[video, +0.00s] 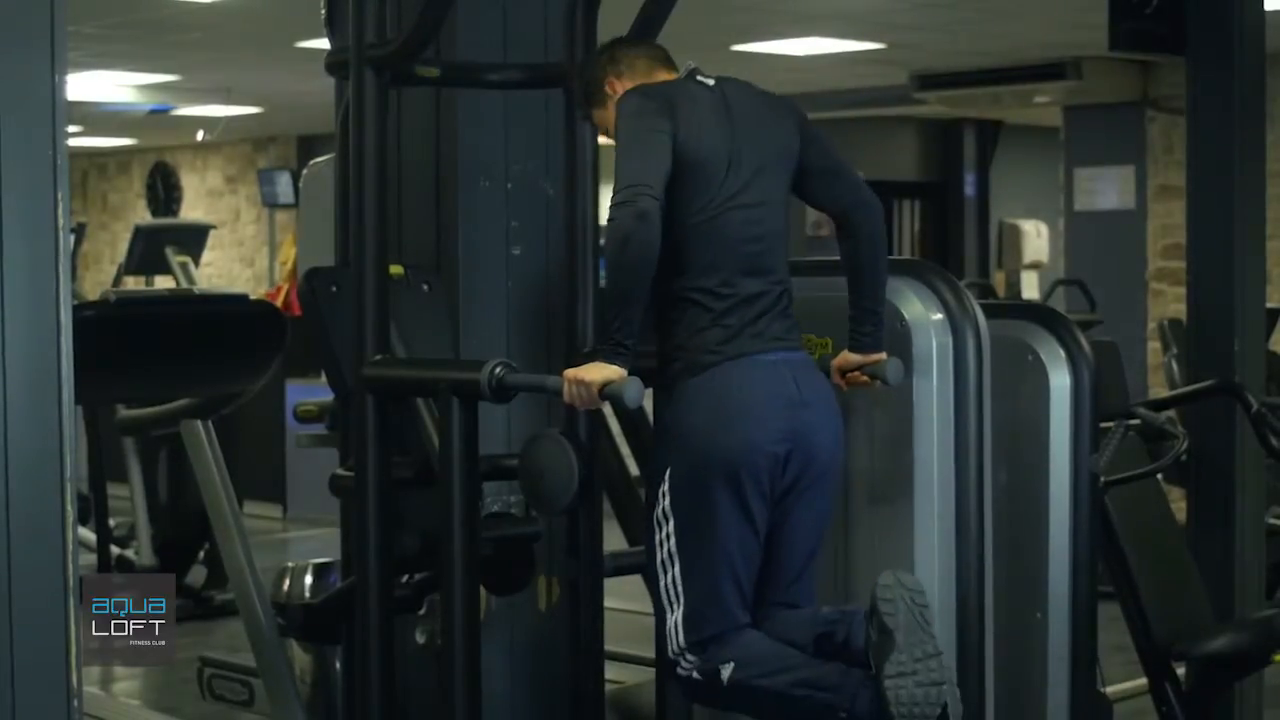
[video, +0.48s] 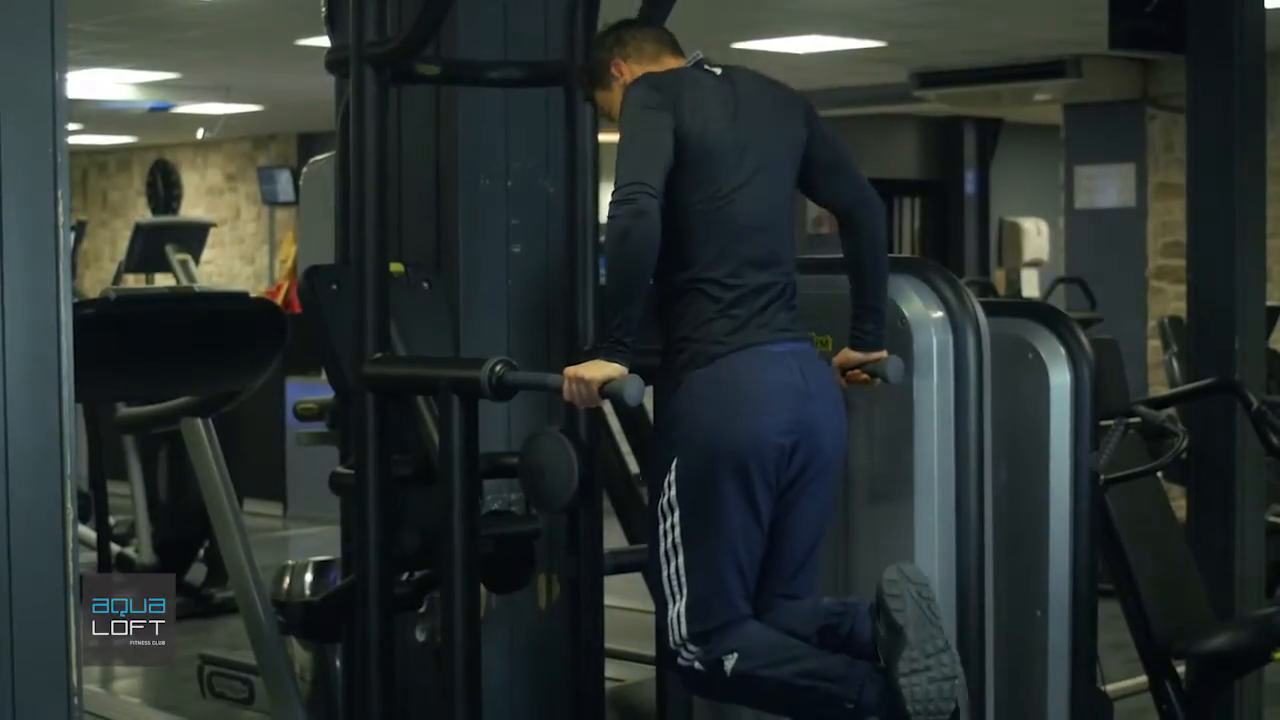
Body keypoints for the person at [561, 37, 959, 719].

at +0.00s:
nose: (612, 140)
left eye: (604, 124)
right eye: (604, 131)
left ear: (616, 89)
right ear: (673, 72)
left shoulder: (647, 106)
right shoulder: (772, 111)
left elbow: (638, 217)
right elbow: (861, 209)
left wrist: (612, 351)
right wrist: (866, 340)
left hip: (715, 398)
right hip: (804, 386)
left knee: (699, 650)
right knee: (771, 616)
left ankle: (870, 700)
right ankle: (867, 633)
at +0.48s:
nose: (611, 120)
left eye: (604, 104)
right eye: (604, 111)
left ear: (621, 72)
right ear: (676, 56)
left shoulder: (652, 94)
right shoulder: (780, 102)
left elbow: (638, 212)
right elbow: (863, 207)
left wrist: (614, 349)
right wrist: (867, 338)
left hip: (720, 387)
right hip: (807, 376)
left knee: (700, 642)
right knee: (770, 607)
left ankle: (881, 697)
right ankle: (876, 626)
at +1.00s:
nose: (595, 225)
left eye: (591, 215)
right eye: (589, 220)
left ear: (604, 189)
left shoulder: (638, 183)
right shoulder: (759, 184)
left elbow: (619, 224)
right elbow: (877, 210)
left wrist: (613, 348)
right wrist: (870, 338)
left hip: (723, 489)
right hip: (809, 471)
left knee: (714, 704)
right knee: (799, 701)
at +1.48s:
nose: (588, 324)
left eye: (584, 309)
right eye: (583, 315)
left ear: (594, 283)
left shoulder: (632, 271)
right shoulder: (740, 248)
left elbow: (627, 213)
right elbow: (858, 213)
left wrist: (612, 347)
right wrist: (866, 337)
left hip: (723, 555)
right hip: (808, 532)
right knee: (816, 708)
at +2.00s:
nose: (598, 201)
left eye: (592, 187)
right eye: (591, 192)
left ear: (606, 154)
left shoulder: (639, 149)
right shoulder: (762, 152)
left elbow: (625, 212)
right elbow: (873, 206)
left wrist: (610, 346)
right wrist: (868, 335)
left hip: (720, 447)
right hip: (805, 431)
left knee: (714, 694)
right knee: (786, 664)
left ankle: (887, 703)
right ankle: (888, 683)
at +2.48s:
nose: (615, 94)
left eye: (609, 79)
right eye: (606, 86)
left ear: (622, 37)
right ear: (676, 20)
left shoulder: (650, 62)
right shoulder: (783, 70)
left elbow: (637, 194)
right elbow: (852, 192)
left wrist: (613, 330)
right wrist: (867, 318)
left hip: (717, 353)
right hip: (808, 346)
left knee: (695, 606)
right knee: (771, 574)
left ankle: (890, 632)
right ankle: (867, 563)